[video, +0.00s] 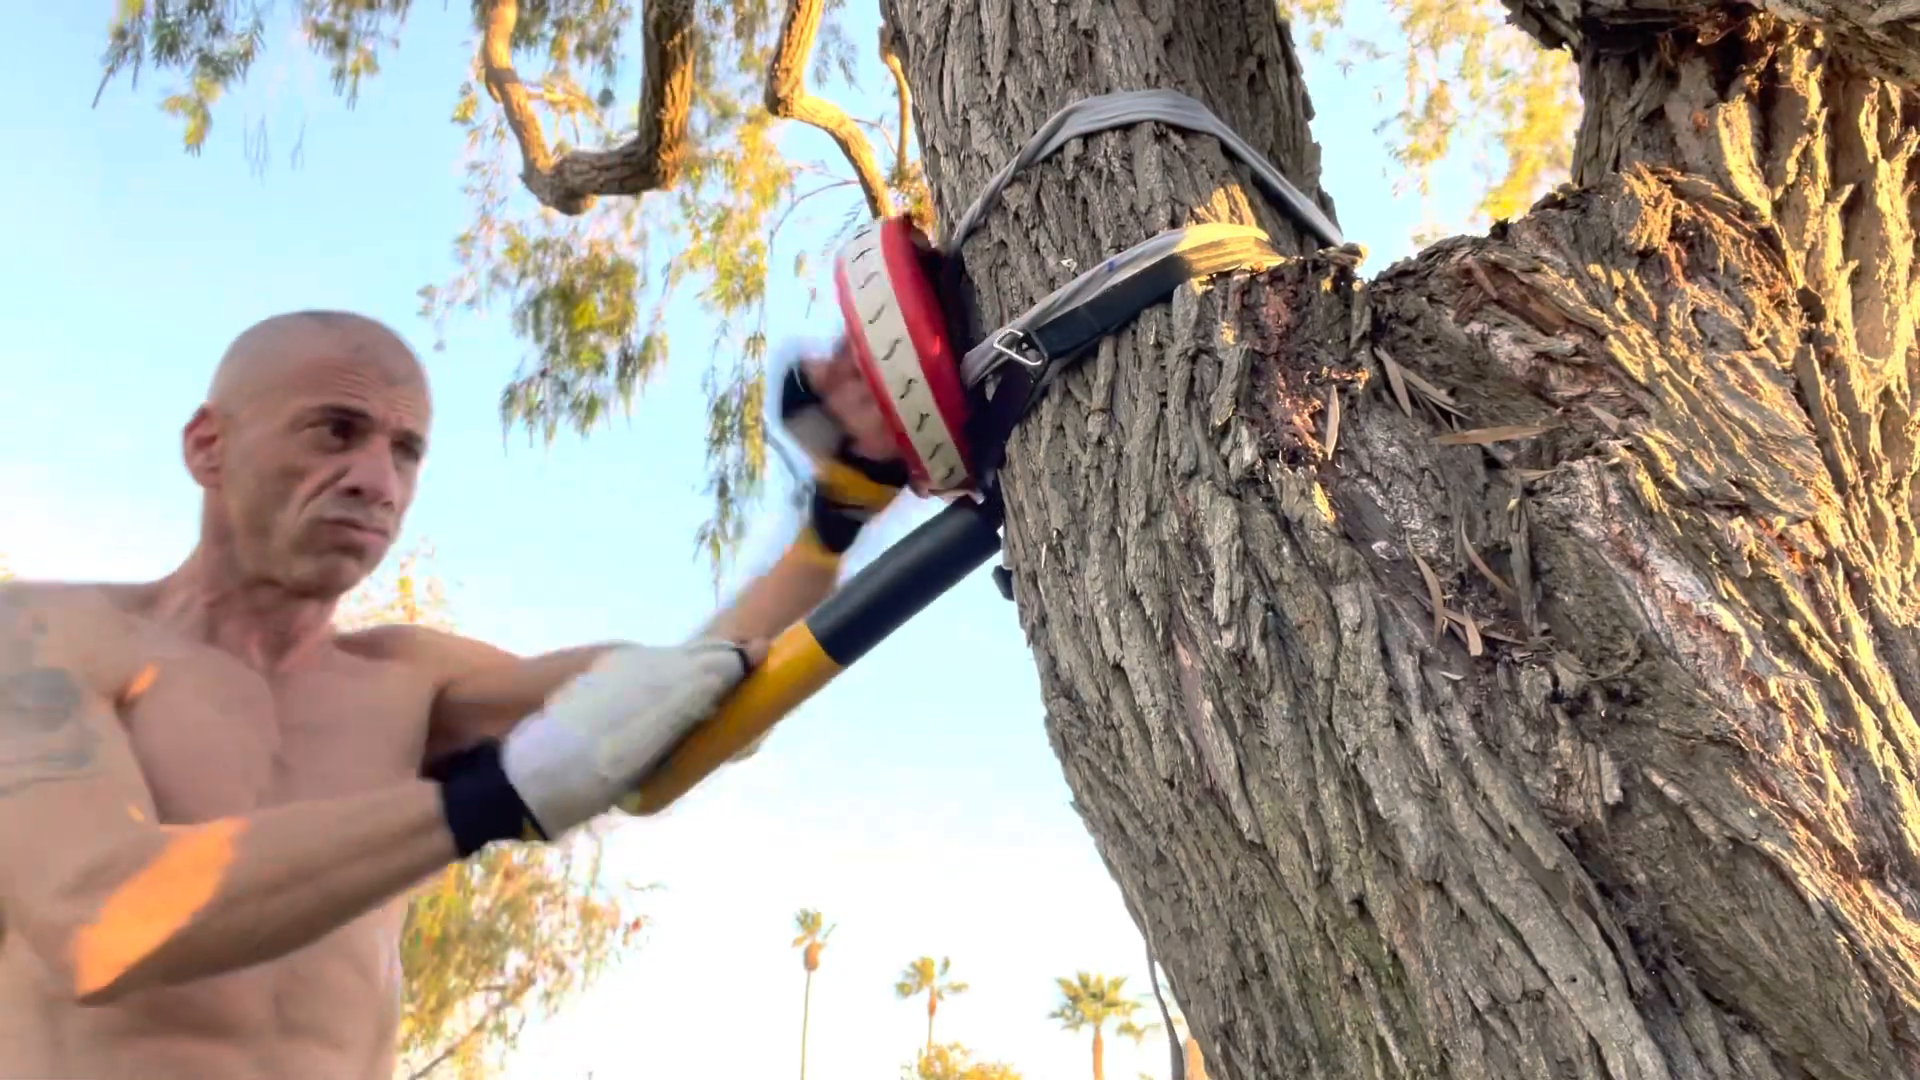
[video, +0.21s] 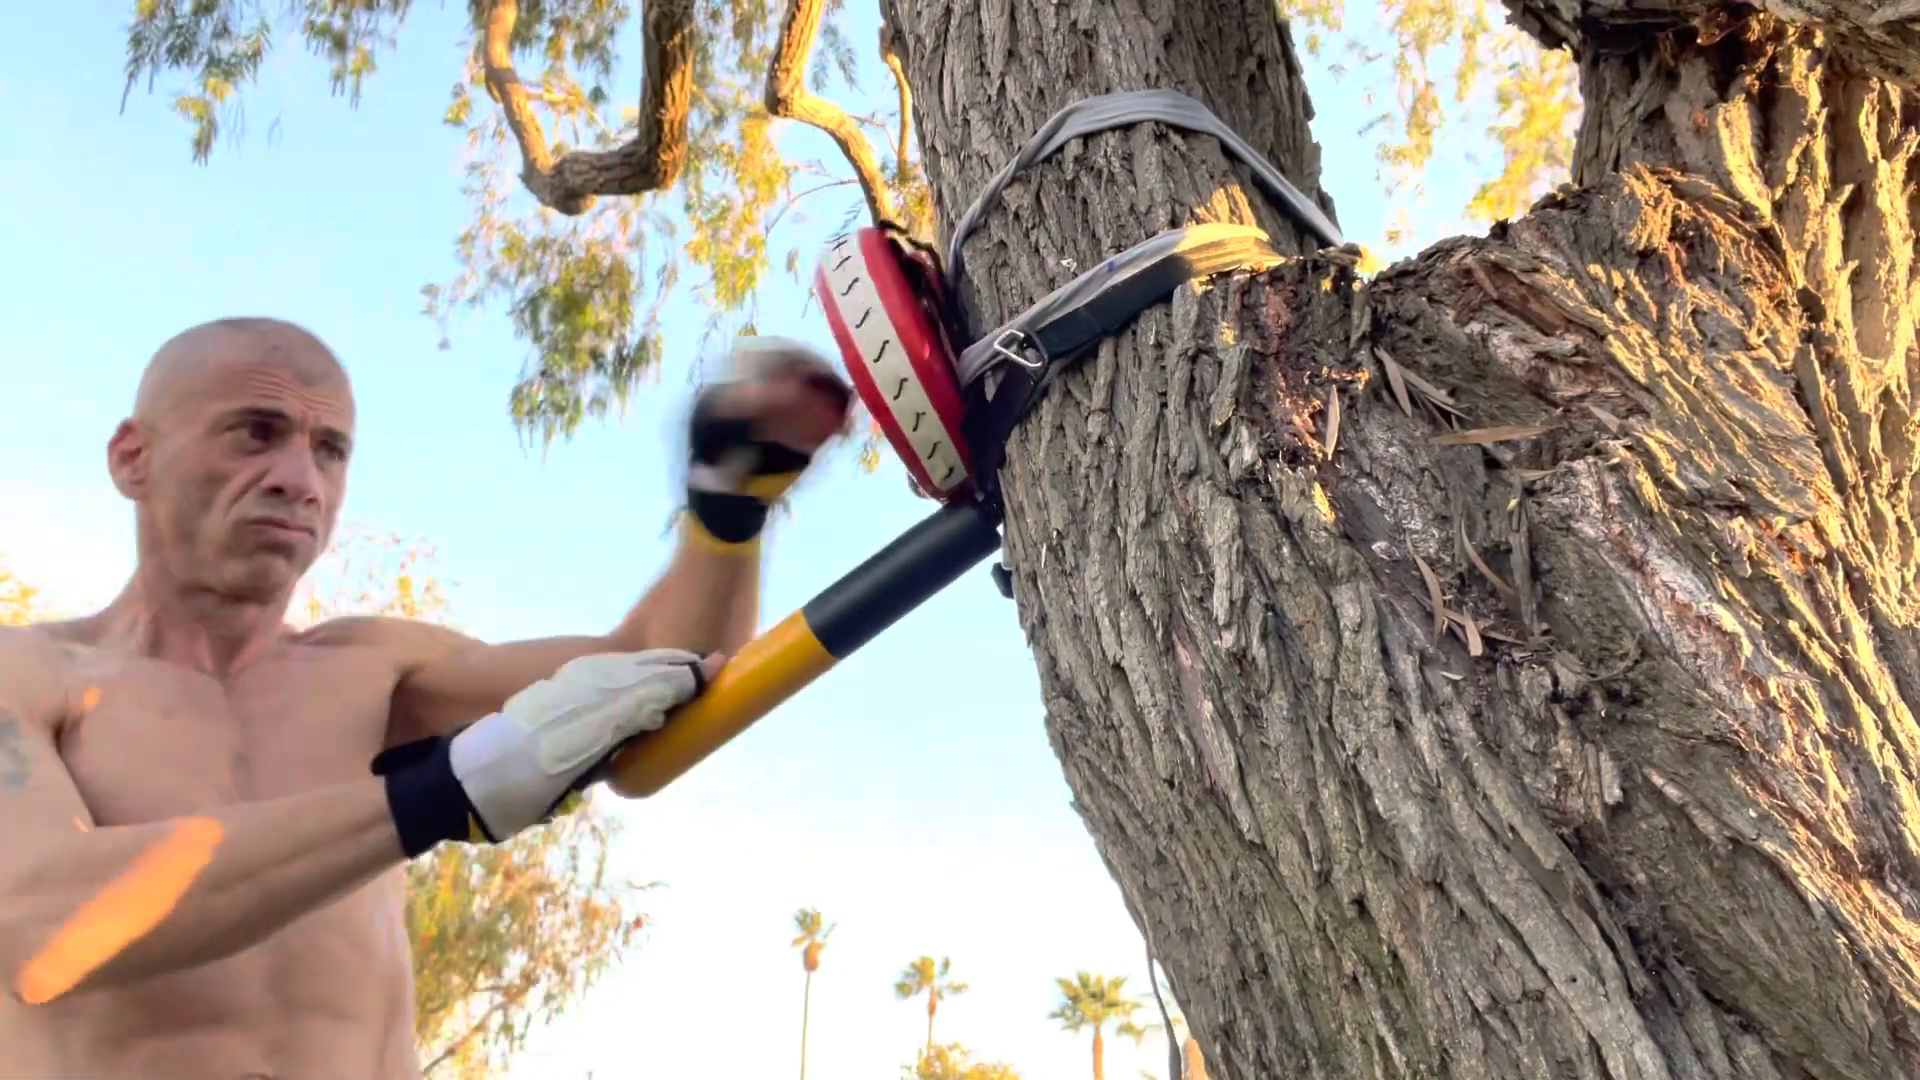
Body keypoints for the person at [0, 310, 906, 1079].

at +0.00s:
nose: (377, 480)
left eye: (404, 453)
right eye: (336, 430)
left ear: (418, 484)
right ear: (210, 449)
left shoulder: (412, 675)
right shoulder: (47, 638)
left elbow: (675, 716)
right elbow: (109, 927)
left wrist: (838, 514)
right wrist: (500, 792)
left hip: (340, 1062)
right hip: (96, 1065)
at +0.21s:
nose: (298, 480)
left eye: (329, 451)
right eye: (252, 432)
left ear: (346, 488)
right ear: (132, 459)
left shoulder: (377, 664)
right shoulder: (31, 673)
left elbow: (646, 721)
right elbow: (47, 931)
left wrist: (730, 504)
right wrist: (442, 792)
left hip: (362, 1058)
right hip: (115, 1064)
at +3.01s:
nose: (336, 459)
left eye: (363, 434)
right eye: (290, 410)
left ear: (377, 473)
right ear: (161, 432)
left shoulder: (407, 707)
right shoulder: (31, 653)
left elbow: (719, 810)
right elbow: (19, 794)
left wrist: (789, 596)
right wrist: (361, 684)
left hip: (365, 1058)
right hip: (82, 1055)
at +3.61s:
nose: (663, 484)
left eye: (690, 448)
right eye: (636, 437)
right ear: (504, 440)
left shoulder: (621, 731)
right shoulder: (376, 574)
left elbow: (762, 991)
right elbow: (675, 432)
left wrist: (778, 710)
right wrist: (835, 500)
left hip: (541, 1059)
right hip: (307, 1051)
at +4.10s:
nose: (266, 456)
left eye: (295, 431)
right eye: (222, 406)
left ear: (307, 464)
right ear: (85, 423)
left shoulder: (337, 655)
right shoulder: (15, 638)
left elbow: (610, 704)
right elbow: (21, 833)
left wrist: (800, 519)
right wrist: (407, 714)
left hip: (314, 1061)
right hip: (61, 1058)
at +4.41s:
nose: (415, 495)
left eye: (441, 469)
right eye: (377, 442)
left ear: (451, 498)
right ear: (242, 445)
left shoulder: (458, 720)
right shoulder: (70, 652)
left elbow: (760, 830)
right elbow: (21, 873)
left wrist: (812, 598)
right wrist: (397, 693)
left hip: (421, 1060)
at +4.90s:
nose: (724, 487)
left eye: (738, 463)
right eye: (689, 440)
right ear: (571, 446)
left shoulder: (697, 746)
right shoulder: (454, 574)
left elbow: (838, 993)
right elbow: (718, 406)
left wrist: (836, 743)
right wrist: (856, 536)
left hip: (616, 1058)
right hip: (382, 1051)